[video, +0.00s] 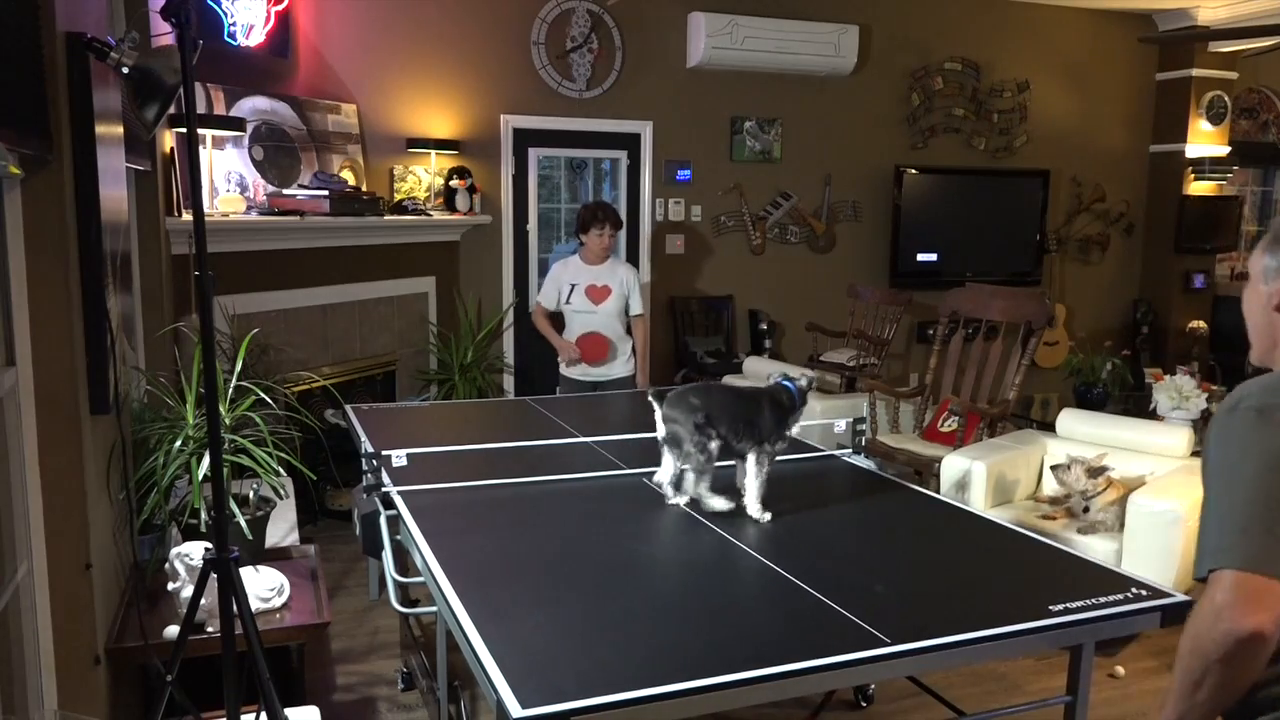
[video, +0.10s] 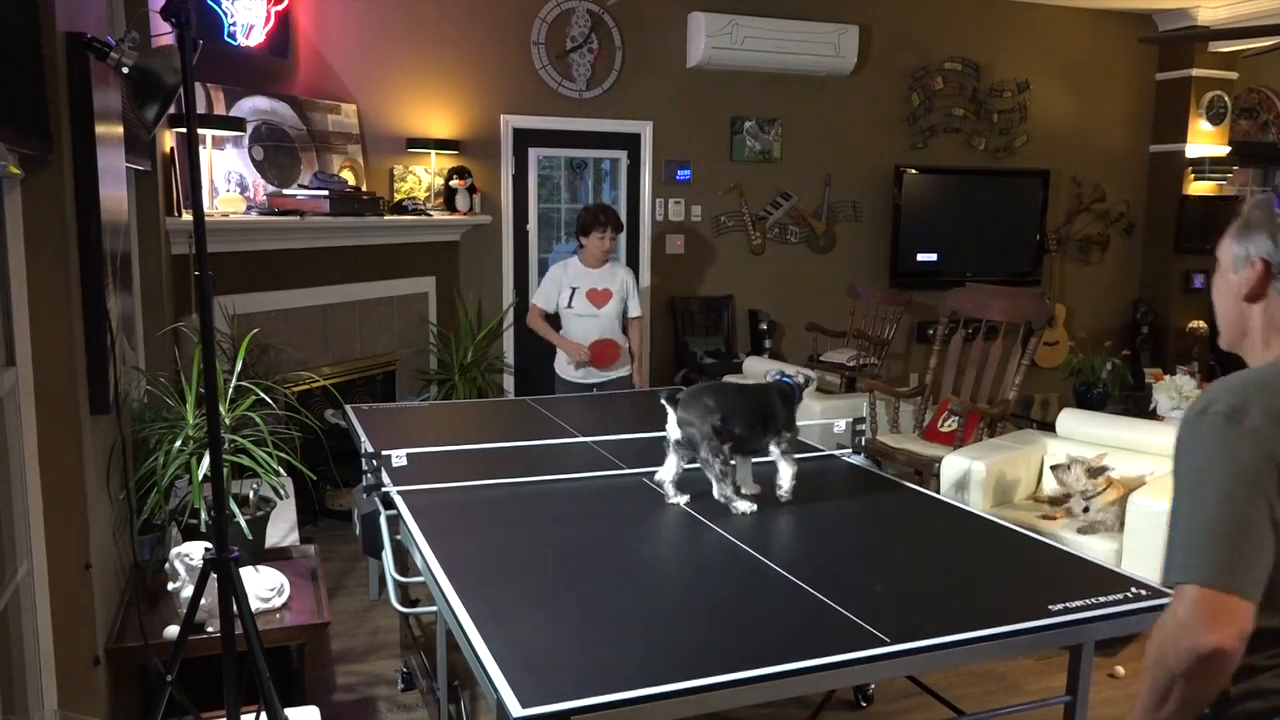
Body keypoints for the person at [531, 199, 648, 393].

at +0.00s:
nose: (607, 242)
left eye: (612, 235)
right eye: (599, 235)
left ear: (616, 236)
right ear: (582, 236)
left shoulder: (626, 273)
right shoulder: (561, 270)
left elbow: (638, 322)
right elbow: (538, 314)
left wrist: (642, 372)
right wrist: (559, 344)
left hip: (617, 376)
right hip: (574, 377)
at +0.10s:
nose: (608, 245)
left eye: (612, 238)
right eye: (601, 238)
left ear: (617, 238)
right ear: (583, 239)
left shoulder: (623, 275)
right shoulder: (560, 273)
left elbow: (634, 322)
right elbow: (533, 318)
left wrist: (637, 368)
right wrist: (566, 346)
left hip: (616, 378)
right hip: (572, 379)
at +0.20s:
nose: (614, 250)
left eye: (617, 243)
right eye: (606, 243)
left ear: (621, 244)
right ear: (587, 244)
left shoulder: (625, 280)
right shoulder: (567, 280)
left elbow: (629, 328)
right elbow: (548, 332)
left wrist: (632, 379)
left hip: (613, 378)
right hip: (570, 381)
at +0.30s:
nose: (622, 259)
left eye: (626, 253)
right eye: (615, 253)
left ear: (631, 254)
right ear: (597, 255)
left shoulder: (629, 287)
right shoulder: (582, 288)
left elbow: (627, 338)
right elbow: (584, 345)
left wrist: (623, 378)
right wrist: (629, 360)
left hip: (609, 377)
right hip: (570, 380)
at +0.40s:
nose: (634, 268)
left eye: (637, 261)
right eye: (625, 262)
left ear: (641, 263)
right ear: (608, 266)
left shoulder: (634, 294)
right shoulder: (598, 297)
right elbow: (612, 344)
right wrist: (643, 369)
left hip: (609, 378)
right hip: (572, 382)